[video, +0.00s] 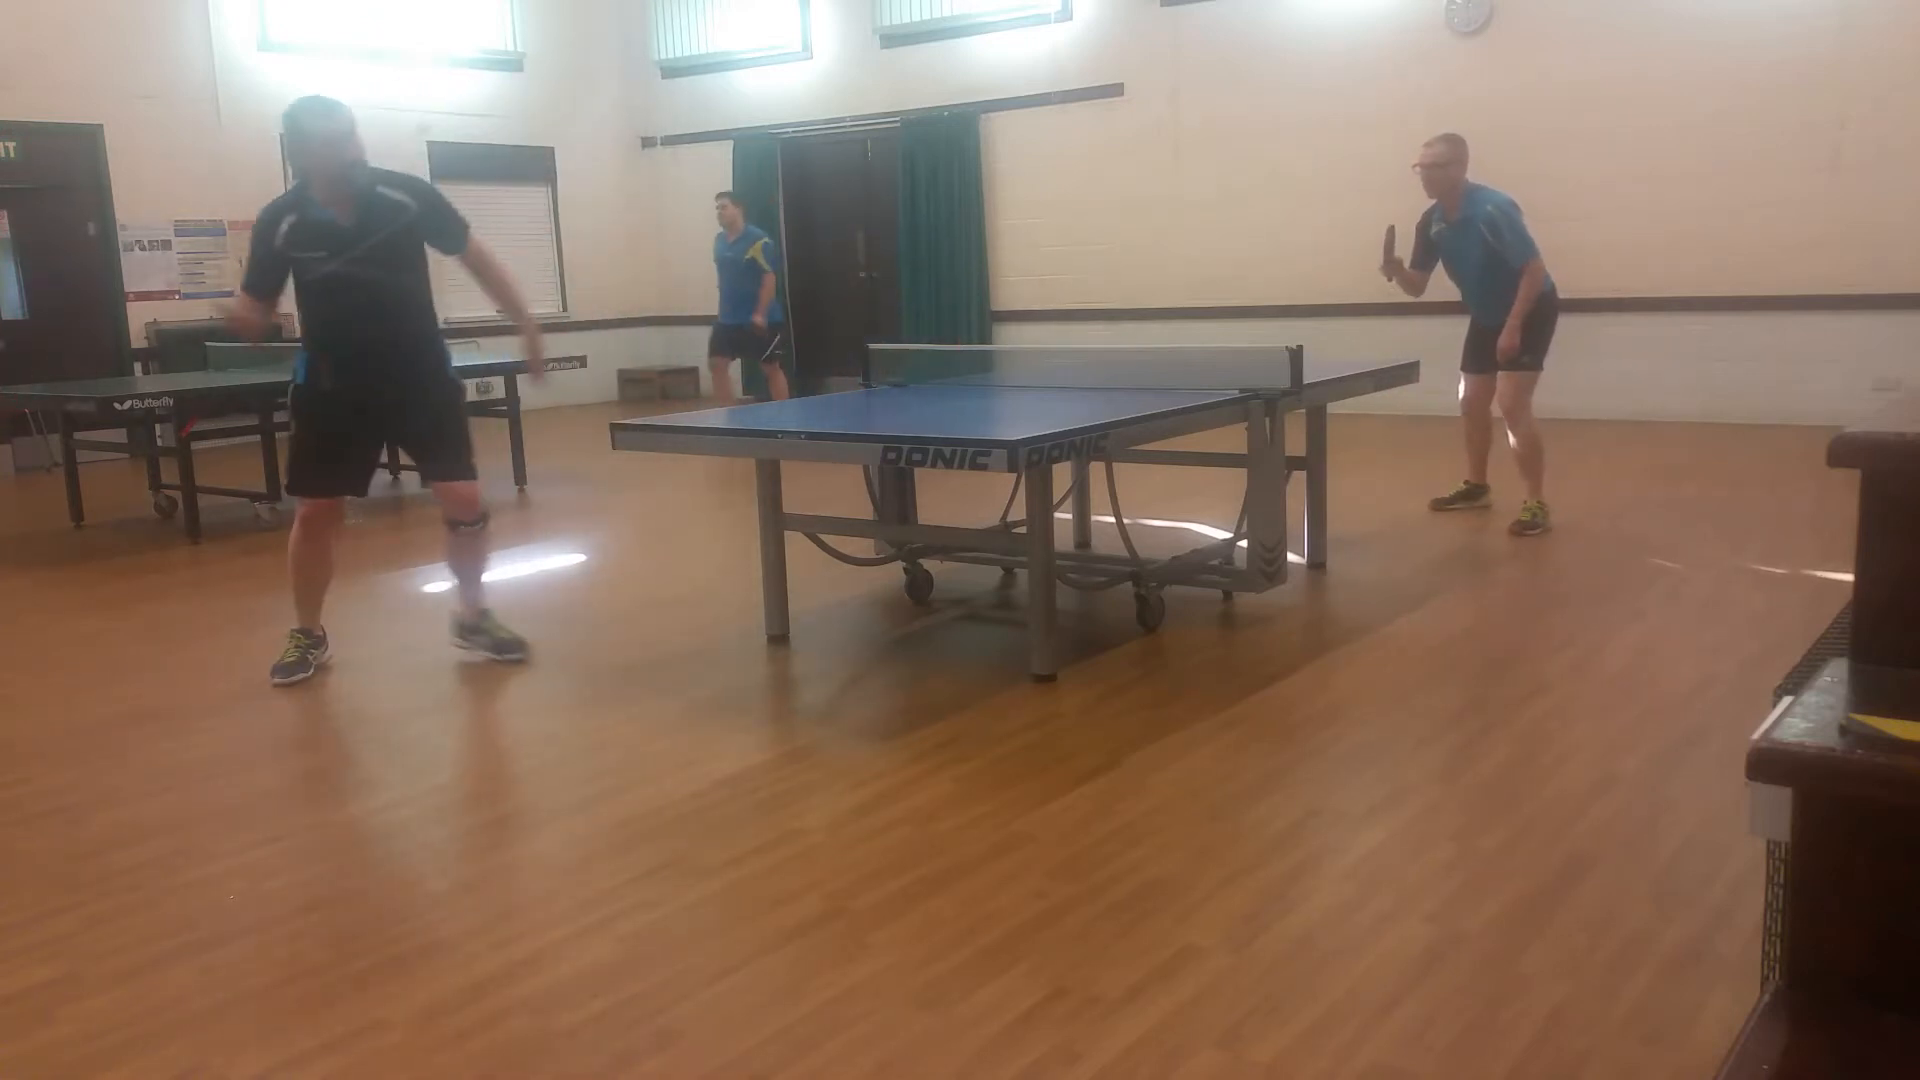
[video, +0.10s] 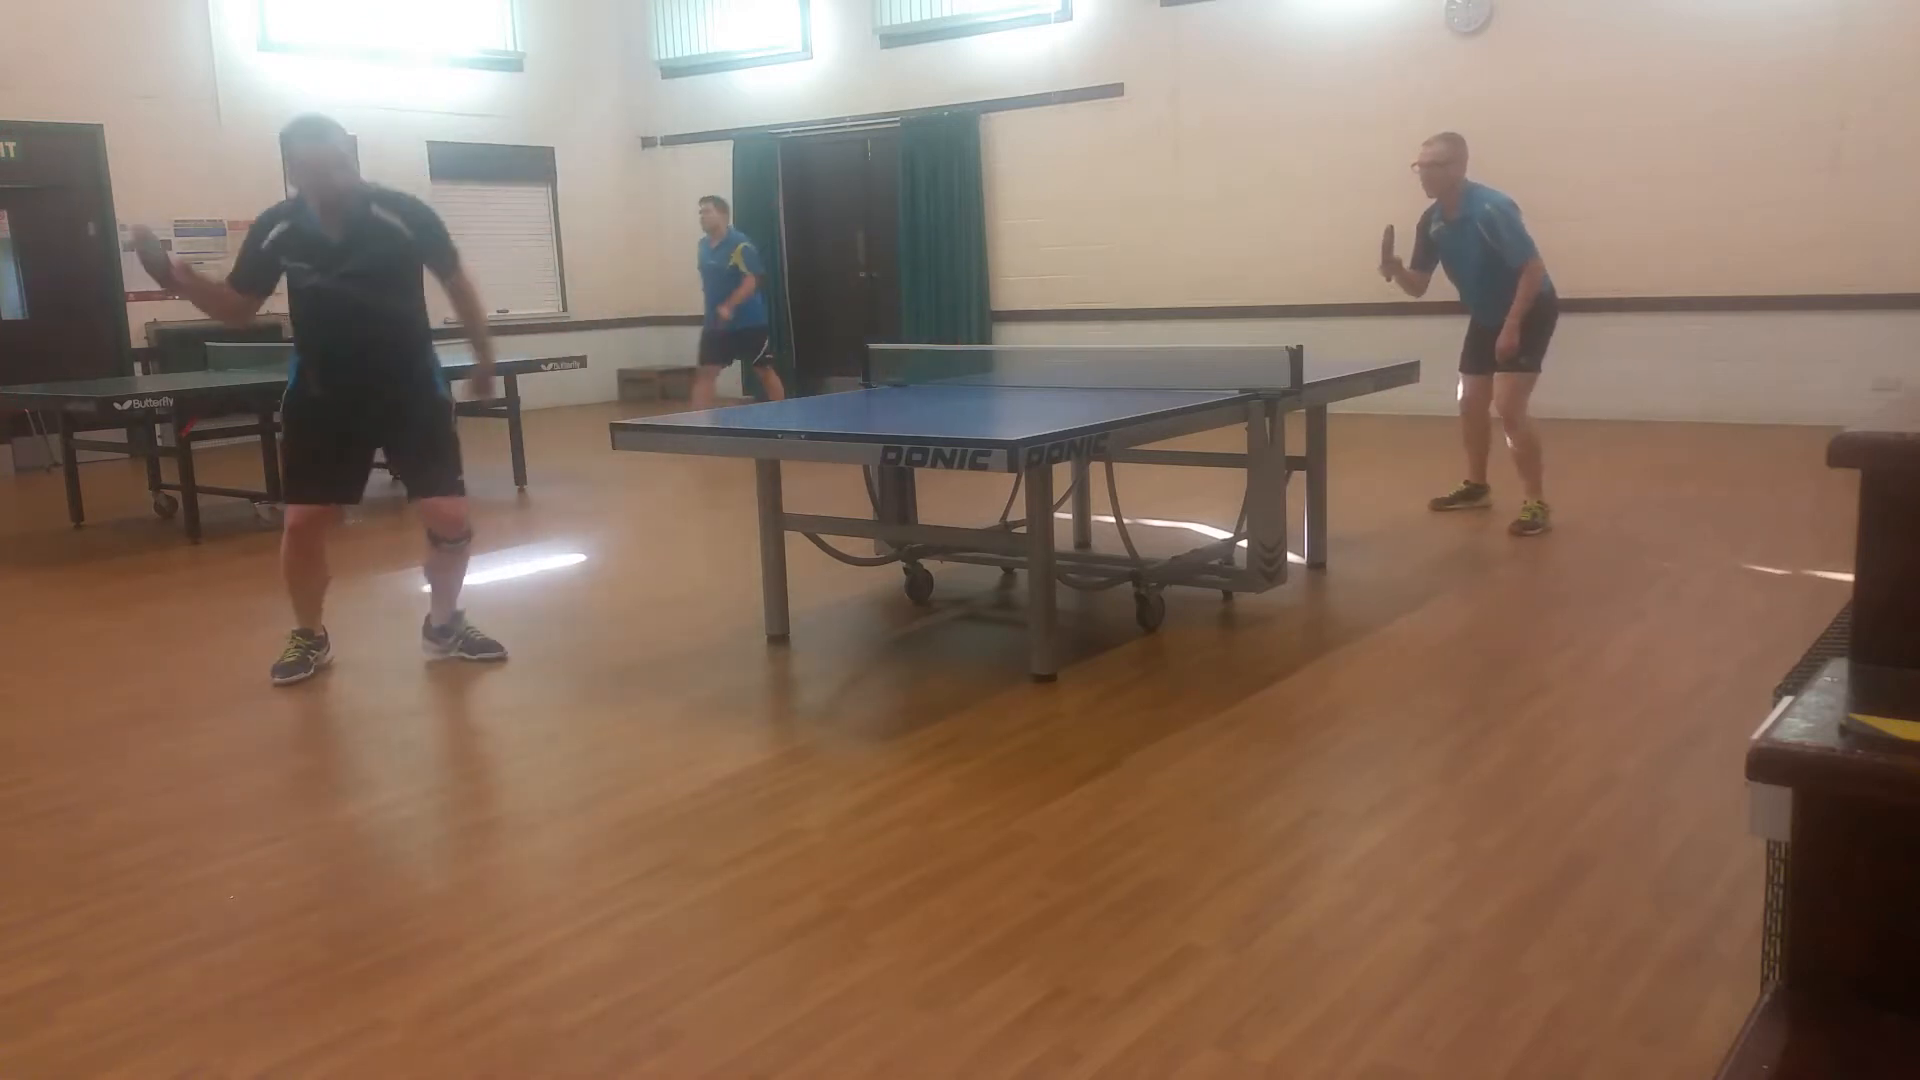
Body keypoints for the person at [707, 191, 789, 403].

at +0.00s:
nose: (719, 212)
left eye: (723, 207)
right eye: (717, 208)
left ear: (738, 209)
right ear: (717, 213)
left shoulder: (758, 240)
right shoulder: (720, 240)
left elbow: (769, 277)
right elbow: (724, 279)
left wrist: (761, 313)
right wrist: (725, 311)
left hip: (760, 319)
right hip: (728, 319)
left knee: (771, 368)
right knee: (718, 365)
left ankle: (784, 417)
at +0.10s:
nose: (701, 216)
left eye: (707, 212)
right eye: (700, 212)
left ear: (722, 215)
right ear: (702, 217)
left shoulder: (741, 244)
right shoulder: (704, 245)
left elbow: (751, 280)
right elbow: (710, 283)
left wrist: (729, 305)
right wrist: (711, 312)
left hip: (748, 321)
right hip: (716, 322)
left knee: (764, 371)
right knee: (706, 373)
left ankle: (783, 420)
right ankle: (698, 426)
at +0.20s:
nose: (681, 219)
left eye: (687, 214)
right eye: (681, 215)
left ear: (704, 217)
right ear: (680, 219)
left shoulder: (720, 246)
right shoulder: (684, 248)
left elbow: (734, 281)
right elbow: (693, 283)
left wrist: (702, 298)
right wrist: (686, 300)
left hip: (729, 325)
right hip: (697, 325)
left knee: (750, 375)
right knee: (686, 375)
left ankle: (776, 417)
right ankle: (685, 427)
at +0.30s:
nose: (662, 214)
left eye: (667, 209)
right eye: (662, 210)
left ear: (685, 212)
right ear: (662, 214)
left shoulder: (703, 240)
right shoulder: (666, 243)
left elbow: (717, 277)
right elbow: (673, 279)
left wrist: (684, 290)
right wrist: (662, 290)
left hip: (708, 323)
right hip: (677, 323)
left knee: (722, 375)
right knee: (675, 376)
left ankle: (759, 407)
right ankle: (683, 428)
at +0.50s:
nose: (631, 208)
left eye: (636, 203)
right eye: (630, 204)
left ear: (653, 206)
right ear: (631, 208)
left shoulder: (675, 236)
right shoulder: (633, 239)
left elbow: (690, 274)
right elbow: (633, 279)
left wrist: (655, 281)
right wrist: (624, 313)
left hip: (676, 317)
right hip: (649, 320)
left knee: (668, 372)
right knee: (662, 375)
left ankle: (682, 424)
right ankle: (677, 424)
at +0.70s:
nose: (599, 224)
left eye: (604, 219)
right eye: (598, 220)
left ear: (621, 220)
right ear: (601, 223)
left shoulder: (644, 250)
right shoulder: (607, 250)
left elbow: (662, 289)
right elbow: (608, 288)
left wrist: (629, 296)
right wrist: (591, 305)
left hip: (644, 329)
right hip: (619, 329)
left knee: (623, 377)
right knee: (622, 384)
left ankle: (631, 442)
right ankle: (667, 425)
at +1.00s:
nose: (563, 217)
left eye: (568, 212)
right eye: (561, 212)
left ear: (585, 212)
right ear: (562, 214)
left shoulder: (610, 240)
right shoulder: (565, 242)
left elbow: (628, 279)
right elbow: (571, 284)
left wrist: (594, 292)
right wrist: (568, 316)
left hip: (615, 318)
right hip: (584, 318)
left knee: (611, 375)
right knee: (569, 373)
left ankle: (624, 442)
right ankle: (562, 432)